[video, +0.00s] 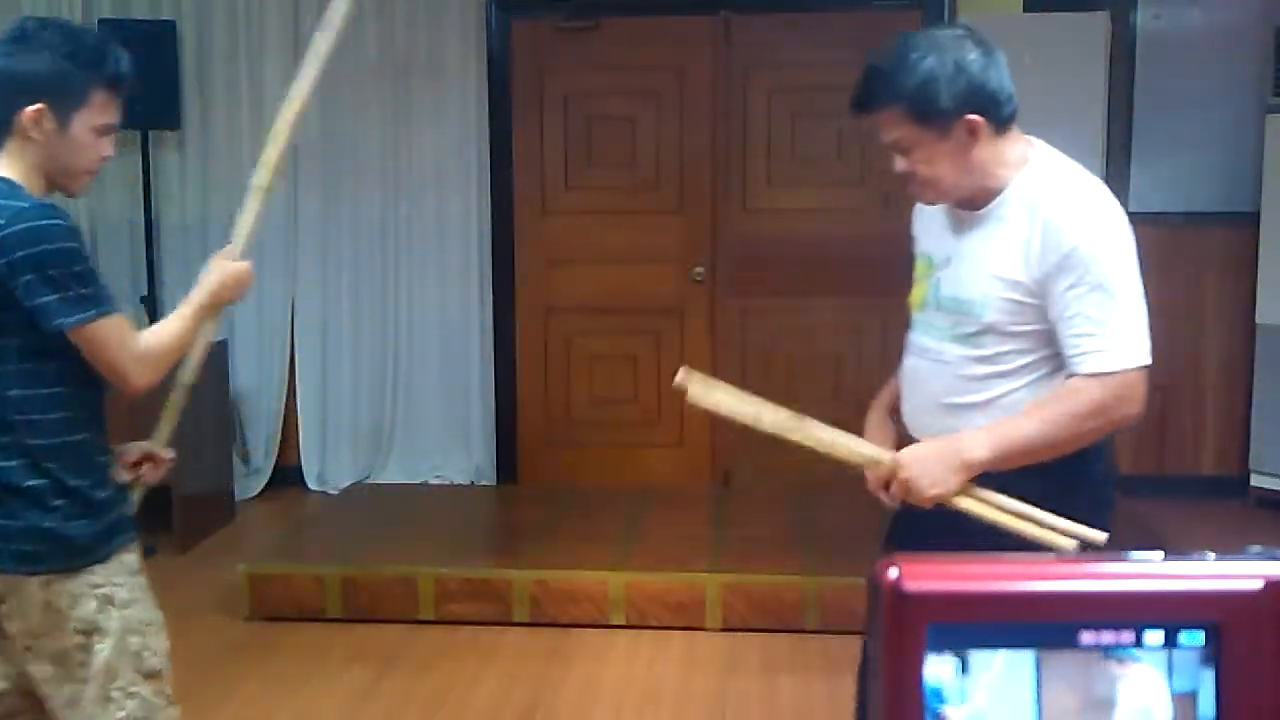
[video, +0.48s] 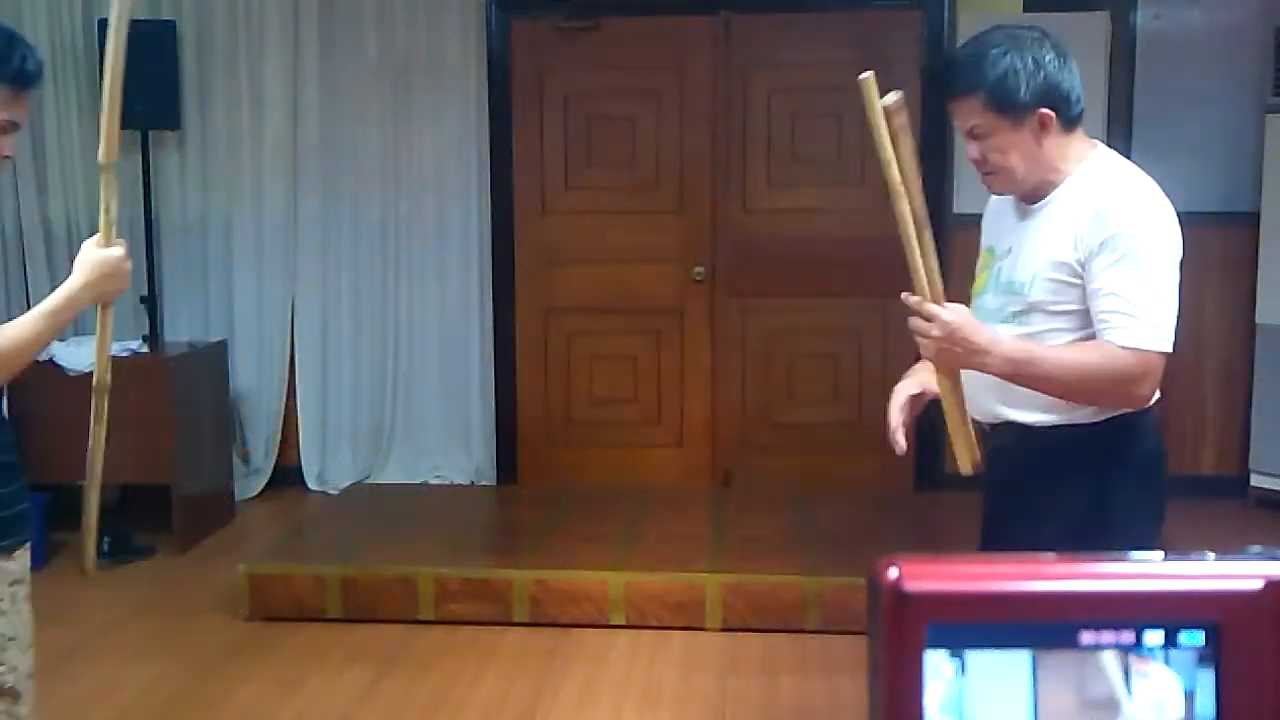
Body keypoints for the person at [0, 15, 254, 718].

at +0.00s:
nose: (111, 152)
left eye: (114, 133)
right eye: (100, 132)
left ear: (35, 125)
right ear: (37, 123)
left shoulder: (11, 217)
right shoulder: (30, 225)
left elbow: (19, 403)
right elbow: (135, 369)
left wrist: (106, 463)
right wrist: (209, 298)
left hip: (21, 542)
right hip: (66, 548)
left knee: (29, 703)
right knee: (126, 704)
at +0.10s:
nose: (81, 153)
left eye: (86, 134)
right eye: (72, 132)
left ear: (15, 126)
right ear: (12, 122)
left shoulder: (12, 222)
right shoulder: (8, 223)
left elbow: (5, 408)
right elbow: (85, 372)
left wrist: (74, 473)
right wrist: (160, 290)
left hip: (30, 533)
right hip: (32, 539)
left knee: (47, 701)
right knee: (75, 704)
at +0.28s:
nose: (44, 150)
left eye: (49, 132)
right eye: (36, 130)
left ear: (12, 120)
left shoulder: (3, 230)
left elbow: (8, 372)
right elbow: (27, 367)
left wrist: (47, 455)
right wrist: (109, 274)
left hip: (22, 536)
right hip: (10, 545)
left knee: (43, 700)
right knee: (42, 706)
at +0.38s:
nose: (25, 151)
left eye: (30, 132)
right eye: (19, 131)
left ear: (23, 122)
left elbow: (10, 361)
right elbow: (6, 367)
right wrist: (92, 279)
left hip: (13, 530)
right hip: (6, 534)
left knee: (28, 698)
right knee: (22, 702)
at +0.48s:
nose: (12, 149)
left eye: (15, 129)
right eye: (9, 129)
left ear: (21, 121)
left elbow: (11, 360)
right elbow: (9, 362)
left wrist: (78, 289)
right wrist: (80, 288)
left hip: (13, 527)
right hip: (7, 531)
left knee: (17, 700)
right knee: (13, 700)